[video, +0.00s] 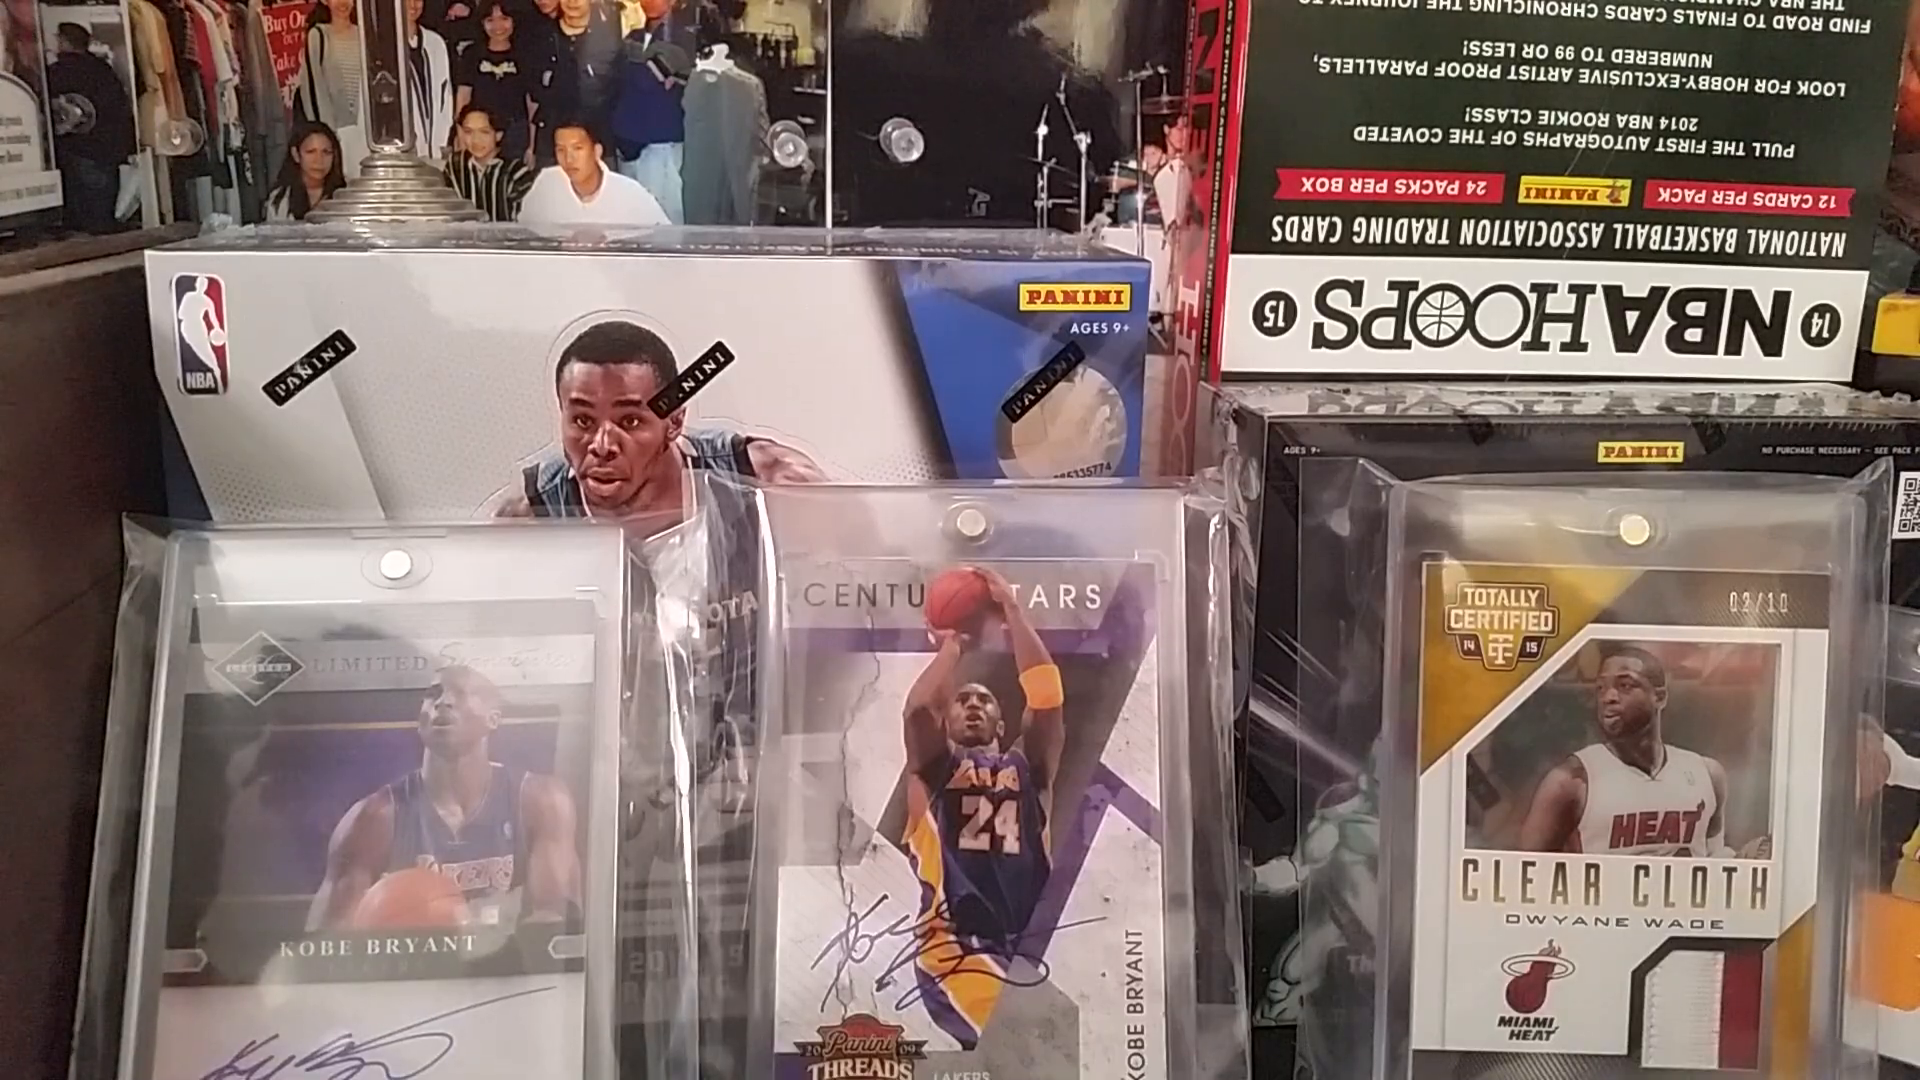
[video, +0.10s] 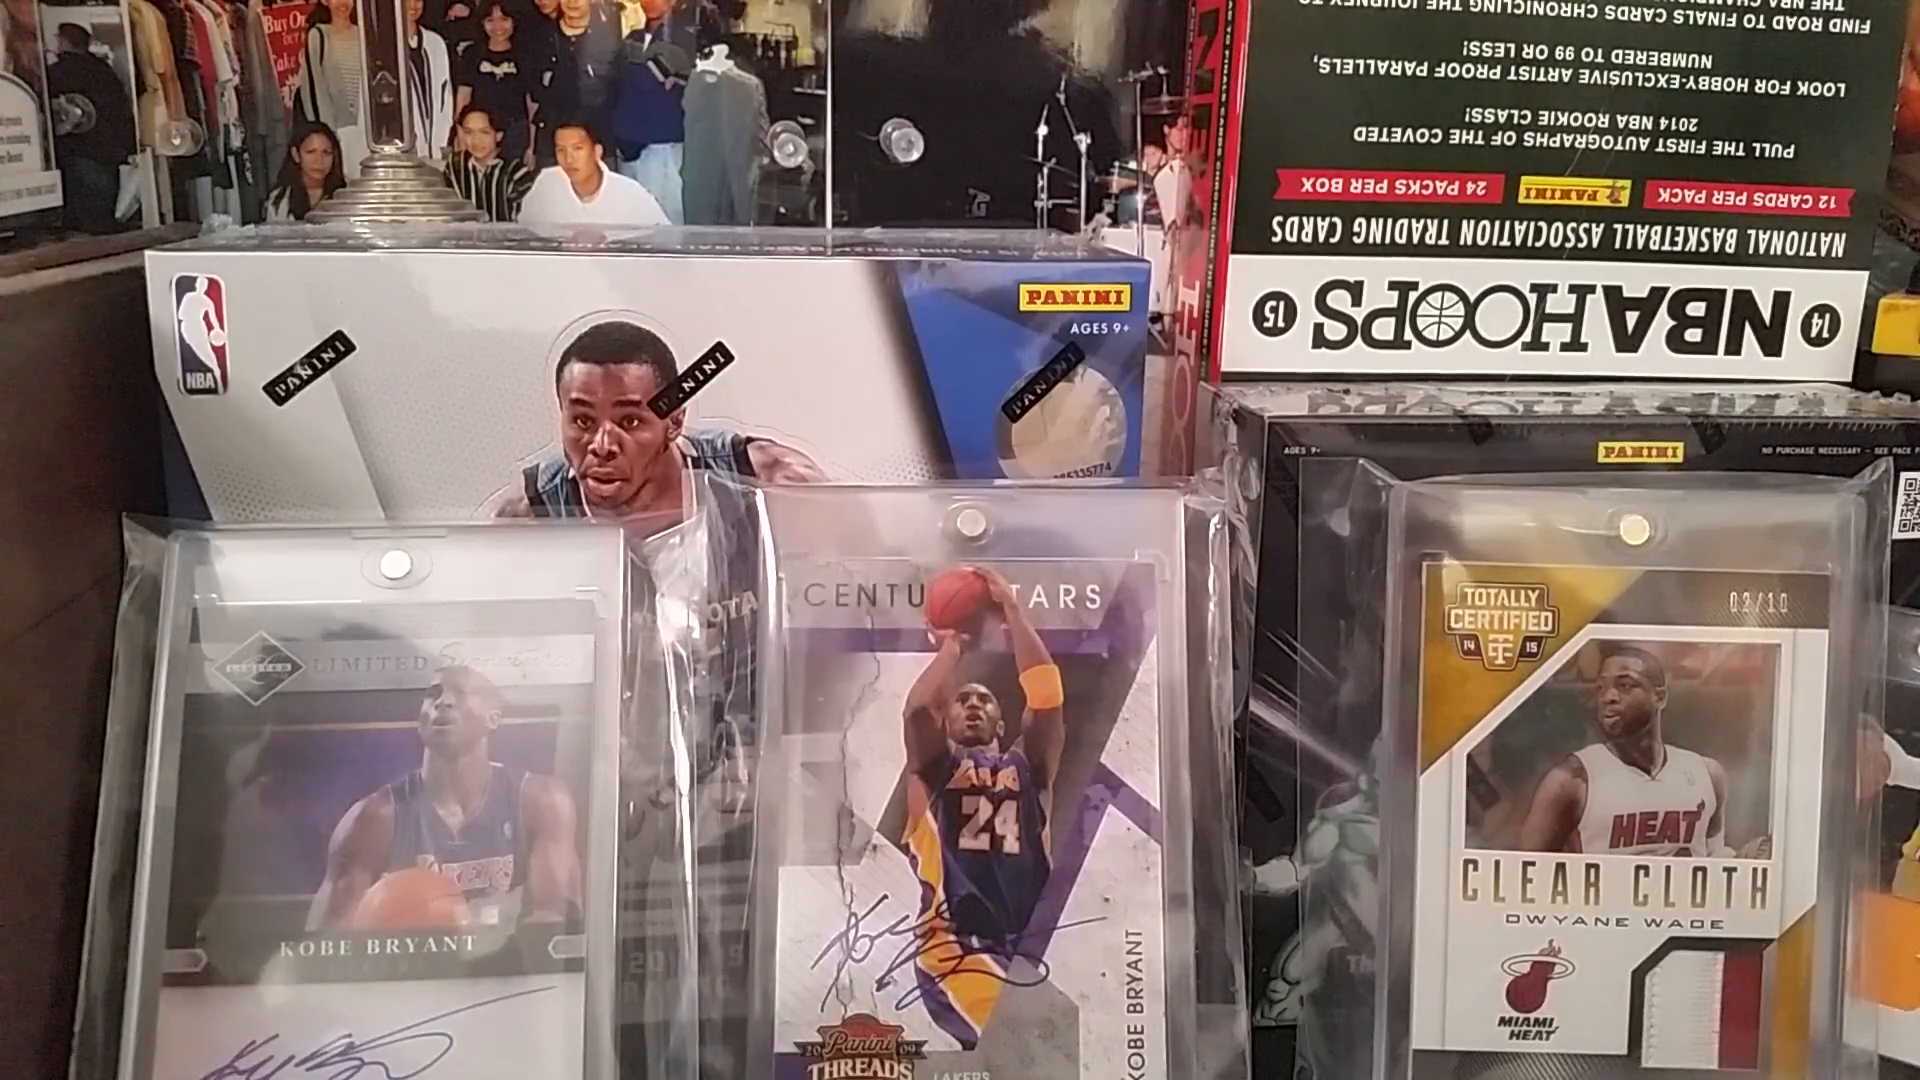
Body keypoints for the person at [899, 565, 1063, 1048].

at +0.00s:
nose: (973, 705)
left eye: (984, 700)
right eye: (962, 701)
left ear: (1002, 722)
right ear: (946, 722)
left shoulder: (1029, 765)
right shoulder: (934, 765)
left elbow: (1046, 694)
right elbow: (919, 709)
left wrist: (1011, 606)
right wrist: (952, 643)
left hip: (1026, 945)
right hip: (952, 946)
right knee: (1031, 1041)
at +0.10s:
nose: (973, 705)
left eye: (984, 700)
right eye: (962, 701)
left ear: (1002, 722)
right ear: (946, 722)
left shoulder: (1029, 765)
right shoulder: (934, 765)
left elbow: (1046, 694)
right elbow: (919, 709)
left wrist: (1011, 606)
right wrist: (952, 643)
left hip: (1026, 945)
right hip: (952, 946)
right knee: (1032, 1041)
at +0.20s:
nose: (973, 705)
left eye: (984, 700)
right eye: (962, 701)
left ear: (1002, 722)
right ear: (946, 722)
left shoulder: (1029, 765)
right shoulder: (934, 765)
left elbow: (1046, 695)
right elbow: (919, 708)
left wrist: (1011, 607)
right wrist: (952, 643)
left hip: (1026, 945)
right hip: (952, 946)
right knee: (1033, 1040)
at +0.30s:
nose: (974, 705)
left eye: (985, 701)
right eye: (963, 701)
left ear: (1002, 722)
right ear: (947, 722)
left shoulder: (1030, 766)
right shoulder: (935, 765)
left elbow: (1047, 695)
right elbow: (920, 708)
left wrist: (1012, 607)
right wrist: (953, 643)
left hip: (1026, 944)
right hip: (952, 945)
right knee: (1034, 1038)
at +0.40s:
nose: (977, 704)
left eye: (988, 699)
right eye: (966, 700)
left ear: (1005, 721)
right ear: (950, 720)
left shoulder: (1033, 764)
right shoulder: (938, 764)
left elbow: (1049, 693)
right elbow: (922, 707)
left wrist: (1014, 606)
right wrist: (956, 641)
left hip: (1029, 943)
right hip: (955, 944)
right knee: (1036, 1041)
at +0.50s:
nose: (981, 703)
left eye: (992, 698)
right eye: (971, 698)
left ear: (1010, 720)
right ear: (955, 719)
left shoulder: (1038, 763)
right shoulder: (943, 762)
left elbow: (1054, 694)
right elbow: (928, 706)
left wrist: (1020, 606)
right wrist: (961, 640)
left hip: (1032, 942)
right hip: (960, 943)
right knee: (1042, 1035)